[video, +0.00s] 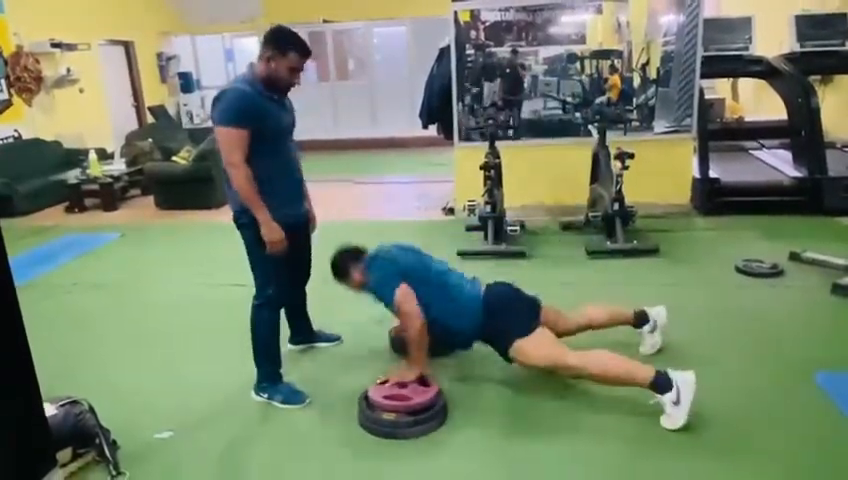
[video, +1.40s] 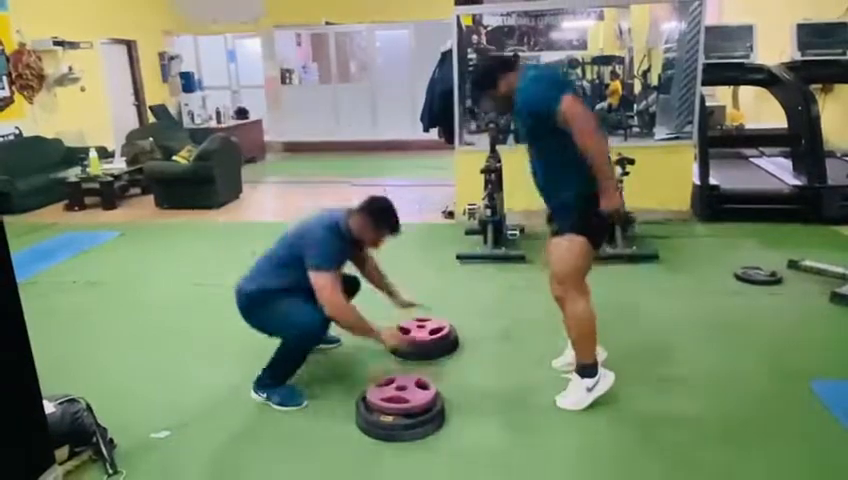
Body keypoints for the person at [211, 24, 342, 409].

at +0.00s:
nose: (298, 78)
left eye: (300, 70)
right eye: (293, 70)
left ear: (277, 63)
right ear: (269, 60)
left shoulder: (278, 98)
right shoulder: (235, 101)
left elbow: (287, 157)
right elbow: (234, 167)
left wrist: (304, 202)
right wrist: (264, 220)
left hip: (291, 210)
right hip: (261, 216)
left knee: (296, 278)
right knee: (270, 295)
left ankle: (301, 332)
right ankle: (267, 381)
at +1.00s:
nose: (331, 95)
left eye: (335, 88)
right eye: (329, 87)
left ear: (320, 79)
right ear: (310, 73)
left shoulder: (305, 106)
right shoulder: (264, 106)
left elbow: (304, 162)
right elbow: (244, 170)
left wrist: (308, 205)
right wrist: (274, 220)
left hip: (293, 211)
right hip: (257, 216)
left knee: (304, 270)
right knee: (276, 293)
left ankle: (300, 333)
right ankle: (264, 382)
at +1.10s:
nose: (350, 127)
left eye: (354, 122)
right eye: (350, 119)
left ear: (337, 108)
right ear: (336, 107)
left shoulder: (318, 128)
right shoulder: (284, 126)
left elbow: (310, 183)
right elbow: (263, 196)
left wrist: (313, 231)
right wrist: (287, 243)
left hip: (284, 212)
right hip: (249, 220)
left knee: (312, 266)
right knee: (281, 295)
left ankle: (300, 332)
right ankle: (264, 382)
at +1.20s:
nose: (363, 172)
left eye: (366, 167)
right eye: (363, 165)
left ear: (350, 151)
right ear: (350, 153)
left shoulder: (325, 169)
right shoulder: (303, 170)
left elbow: (321, 216)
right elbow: (286, 233)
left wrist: (326, 258)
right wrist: (300, 273)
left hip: (278, 232)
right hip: (246, 242)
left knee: (323, 272)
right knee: (294, 302)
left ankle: (303, 333)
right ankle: (264, 385)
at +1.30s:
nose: (368, 214)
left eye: (373, 208)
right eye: (369, 206)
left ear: (355, 189)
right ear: (356, 192)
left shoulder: (335, 206)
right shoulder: (313, 212)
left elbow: (345, 248)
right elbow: (312, 280)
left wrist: (358, 285)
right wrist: (339, 307)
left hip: (277, 261)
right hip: (249, 272)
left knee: (337, 278)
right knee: (304, 315)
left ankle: (307, 334)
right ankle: (266, 385)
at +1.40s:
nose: (380, 242)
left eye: (383, 237)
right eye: (379, 235)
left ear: (365, 218)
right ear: (365, 223)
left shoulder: (347, 225)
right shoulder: (322, 236)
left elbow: (365, 263)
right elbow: (334, 308)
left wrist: (396, 297)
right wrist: (379, 335)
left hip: (289, 287)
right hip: (259, 298)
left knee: (349, 284)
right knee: (309, 324)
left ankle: (313, 333)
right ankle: (268, 385)